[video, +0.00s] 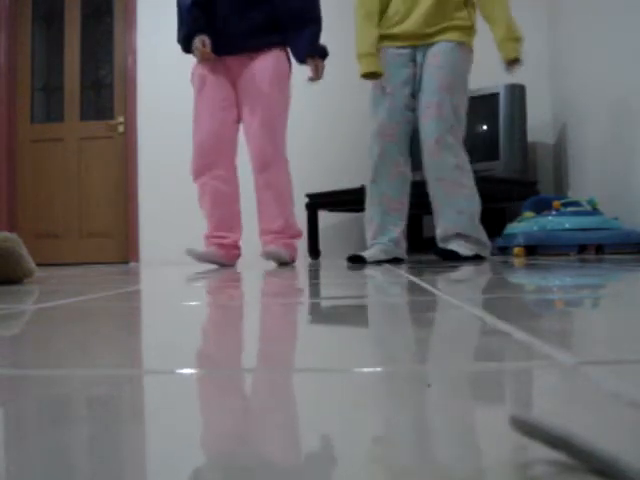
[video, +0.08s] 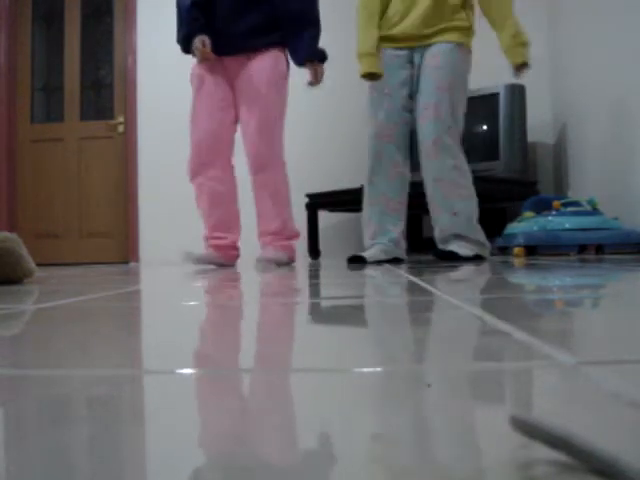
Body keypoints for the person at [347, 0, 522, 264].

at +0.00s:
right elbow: (367, 2)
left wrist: (507, 38)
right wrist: (366, 52)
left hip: (447, 30)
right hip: (392, 35)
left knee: (439, 134)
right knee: (387, 140)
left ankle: (464, 241)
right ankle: (386, 245)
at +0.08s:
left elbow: (489, 0)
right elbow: (369, 2)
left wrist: (513, 41)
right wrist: (367, 50)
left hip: (446, 32)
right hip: (391, 37)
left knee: (437, 135)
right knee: (385, 141)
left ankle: (463, 242)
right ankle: (385, 245)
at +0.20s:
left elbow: (493, 2)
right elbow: (374, 2)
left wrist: (519, 48)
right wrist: (369, 49)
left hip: (442, 32)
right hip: (387, 36)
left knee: (435, 136)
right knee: (381, 144)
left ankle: (465, 243)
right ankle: (385, 246)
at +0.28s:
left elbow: (488, 4)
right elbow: (370, 2)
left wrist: (503, 55)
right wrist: (373, 47)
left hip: (442, 30)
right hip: (387, 35)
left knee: (437, 133)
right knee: (382, 140)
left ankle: (462, 242)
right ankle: (384, 245)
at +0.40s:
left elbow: (479, 5)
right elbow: (376, 2)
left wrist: (479, 58)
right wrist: (375, 47)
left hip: (448, 29)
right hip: (391, 34)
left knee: (438, 132)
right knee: (383, 140)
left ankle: (462, 242)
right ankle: (384, 246)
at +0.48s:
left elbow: (480, 5)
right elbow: (381, 3)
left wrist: (481, 54)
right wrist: (382, 47)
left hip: (450, 30)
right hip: (395, 35)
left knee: (442, 134)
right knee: (386, 142)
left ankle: (462, 242)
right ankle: (384, 246)